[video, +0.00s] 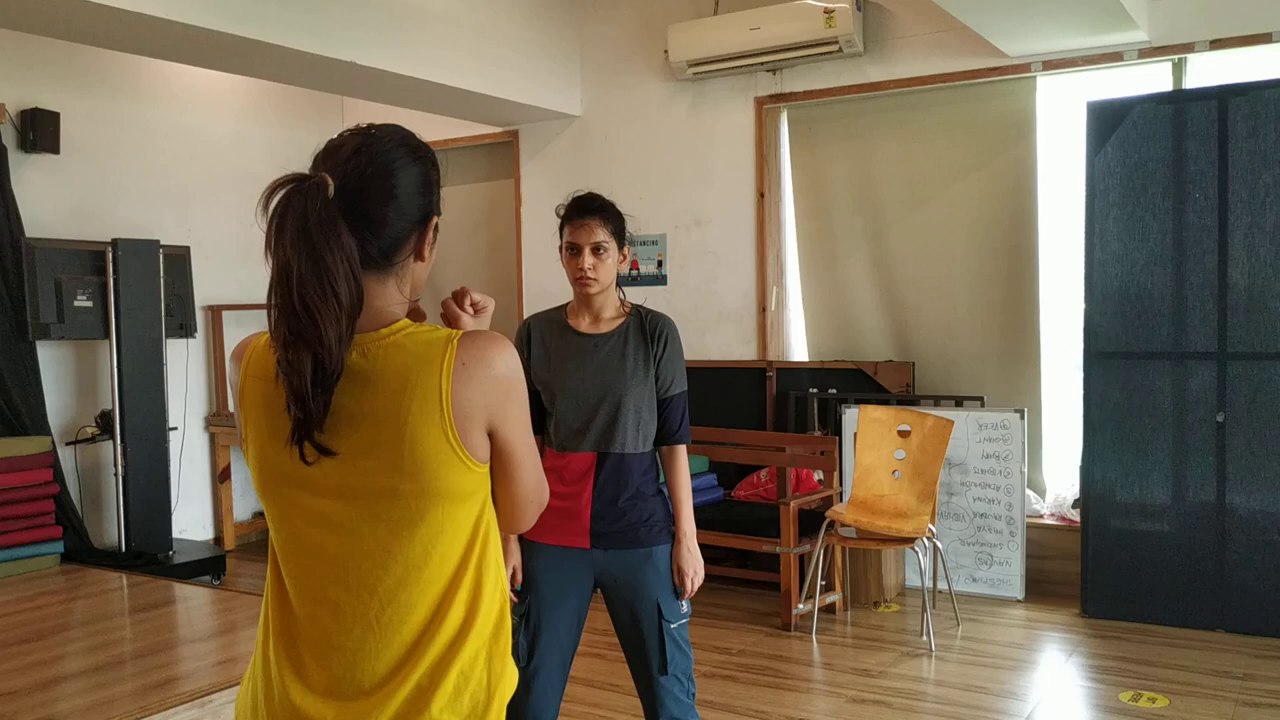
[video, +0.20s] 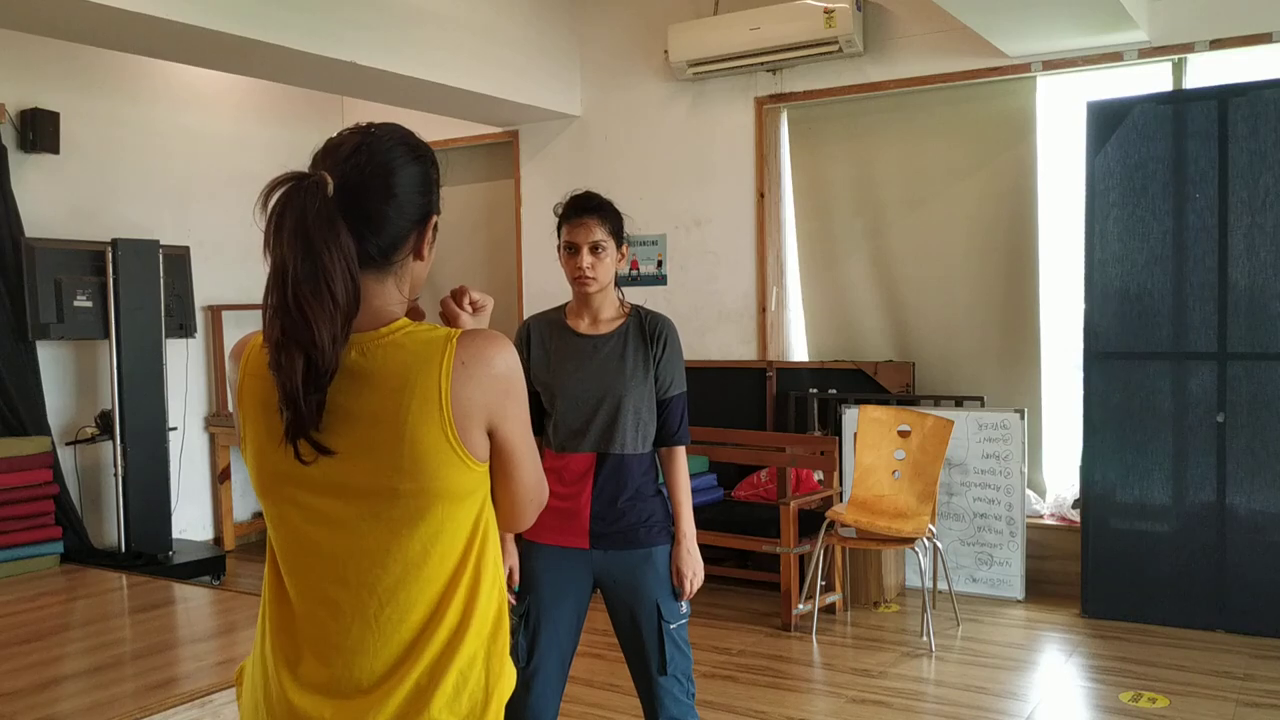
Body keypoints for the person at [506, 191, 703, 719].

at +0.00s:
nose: (584, 264)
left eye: (598, 251)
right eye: (573, 251)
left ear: (623, 257)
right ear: (560, 257)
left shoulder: (656, 333)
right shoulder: (534, 334)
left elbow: (674, 441)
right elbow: (521, 436)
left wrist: (686, 537)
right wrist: (508, 532)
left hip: (643, 538)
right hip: (554, 540)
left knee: (669, 696)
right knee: (533, 695)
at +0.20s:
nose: (583, 263)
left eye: (596, 249)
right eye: (571, 250)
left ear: (621, 256)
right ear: (559, 256)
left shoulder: (655, 333)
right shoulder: (533, 336)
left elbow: (673, 442)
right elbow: (516, 435)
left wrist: (686, 538)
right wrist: (505, 531)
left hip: (642, 540)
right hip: (552, 542)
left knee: (669, 697)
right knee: (532, 696)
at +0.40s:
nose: (581, 263)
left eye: (595, 250)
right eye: (570, 250)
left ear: (620, 255)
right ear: (558, 256)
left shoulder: (655, 334)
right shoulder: (534, 336)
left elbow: (673, 443)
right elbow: (516, 436)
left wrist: (686, 539)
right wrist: (506, 531)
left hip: (642, 541)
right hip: (552, 542)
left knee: (669, 697)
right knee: (532, 696)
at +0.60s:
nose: (581, 263)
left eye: (595, 250)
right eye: (570, 250)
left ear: (620, 256)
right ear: (558, 256)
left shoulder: (655, 334)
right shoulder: (534, 336)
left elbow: (673, 444)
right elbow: (516, 436)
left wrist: (686, 539)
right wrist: (507, 532)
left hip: (642, 542)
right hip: (552, 543)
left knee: (669, 698)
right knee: (532, 697)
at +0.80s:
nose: (583, 263)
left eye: (596, 250)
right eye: (571, 250)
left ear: (621, 256)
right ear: (559, 255)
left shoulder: (656, 333)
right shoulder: (533, 336)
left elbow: (673, 443)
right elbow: (514, 437)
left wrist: (686, 539)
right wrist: (507, 534)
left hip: (642, 542)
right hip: (552, 543)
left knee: (670, 698)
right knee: (533, 697)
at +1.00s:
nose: (584, 263)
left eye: (598, 250)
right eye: (572, 250)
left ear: (622, 256)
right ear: (560, 256)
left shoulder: (657, 334)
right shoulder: (534, 335)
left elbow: (674, 443)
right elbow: (516, 436)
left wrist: (687, 539)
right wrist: (507, 535)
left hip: (643, 543)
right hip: (553, 544)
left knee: (670, 698)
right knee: (533, 698)